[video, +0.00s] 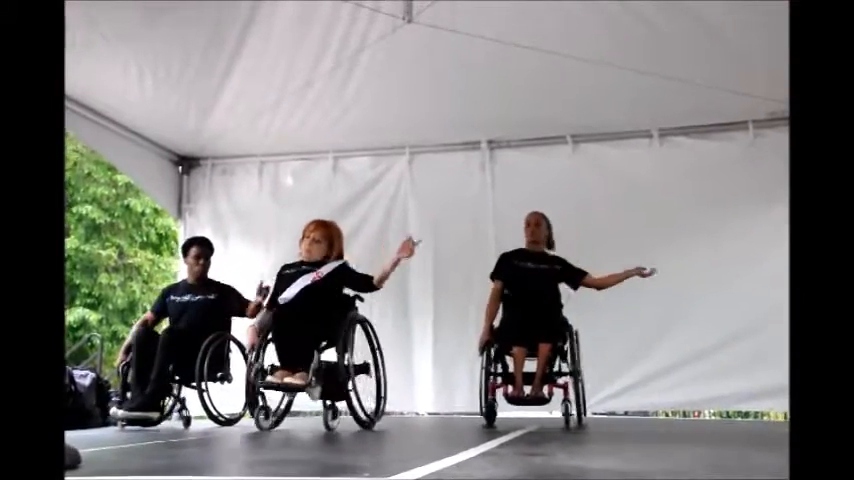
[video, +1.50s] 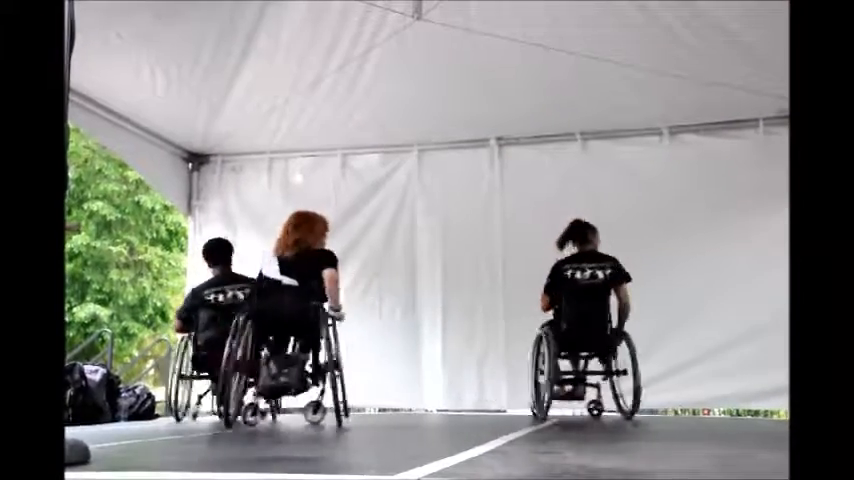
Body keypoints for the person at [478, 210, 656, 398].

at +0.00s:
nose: (532, 229)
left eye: (537, 225)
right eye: (528, 225)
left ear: (547, 231)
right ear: (523, 230)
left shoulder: (556, 263)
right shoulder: (508, 259)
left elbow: (596, 283)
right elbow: (495, 296)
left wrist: (631, 272)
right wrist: (487, 329)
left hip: (546, 318)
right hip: (516, 317)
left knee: (549, 327)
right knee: (519, 327)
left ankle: (537, 386)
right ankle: (518, 385)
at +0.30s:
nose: (538, 230)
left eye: (544, 227)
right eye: (535, 227)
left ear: (555, 234)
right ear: (531, 232)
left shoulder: (563, 266)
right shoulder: (517, 260)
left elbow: (586, 298)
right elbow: (500, 294)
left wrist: (596, 265)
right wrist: (493, 323)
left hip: (551, 318)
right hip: (521, 317)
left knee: (547, 330)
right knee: (517, 329)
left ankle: (534, 387)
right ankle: (514, 387)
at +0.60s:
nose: (539, 231)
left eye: (544, 227)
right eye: (536, 227)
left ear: (556, 232)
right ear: (532, 232)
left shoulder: (565, 260)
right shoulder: (527, 261)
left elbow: (565, 295)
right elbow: (524, 296)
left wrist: (546, 265)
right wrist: (522, 319)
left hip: (557, 322)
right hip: (531, 320)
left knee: (523, 323)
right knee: (503, 319)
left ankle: (517, 379)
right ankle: (499, 382)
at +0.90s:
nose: (546, 240)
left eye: (552, 235)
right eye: (544, 236)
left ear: (565, 238)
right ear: (541, 239)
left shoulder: (570, 267)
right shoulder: (555, 268)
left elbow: (559, 301)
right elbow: (552, 300)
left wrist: (543, 279)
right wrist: (545, 281)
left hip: (560, 334)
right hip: (548, 329)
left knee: (494, 326)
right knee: (498, 322)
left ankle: (494, 382)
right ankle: (497, 379)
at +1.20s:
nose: (554, 245)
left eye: (557, 240)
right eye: (554, 241)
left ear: (569, 241)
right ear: (578, 241)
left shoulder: (569, 267)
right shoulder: (597, 267)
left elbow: (554, 300)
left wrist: (551, 287)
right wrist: (556, 292)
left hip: (568, 336)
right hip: (589, 336)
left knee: (511, 328)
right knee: (519, 328)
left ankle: (517, 384)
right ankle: (521, 384)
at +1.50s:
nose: (599, 241)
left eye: (598, 237)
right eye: (597, 237)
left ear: (575, 242)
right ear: (594, 239)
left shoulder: (561, 266)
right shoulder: (610, 263)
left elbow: (545, 305)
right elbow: (624, 301)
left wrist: (563, 295)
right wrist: (619, 330)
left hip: (569, 338)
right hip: (599, 336)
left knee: (551, 326)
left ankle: (555, 380)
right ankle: (579, 383)